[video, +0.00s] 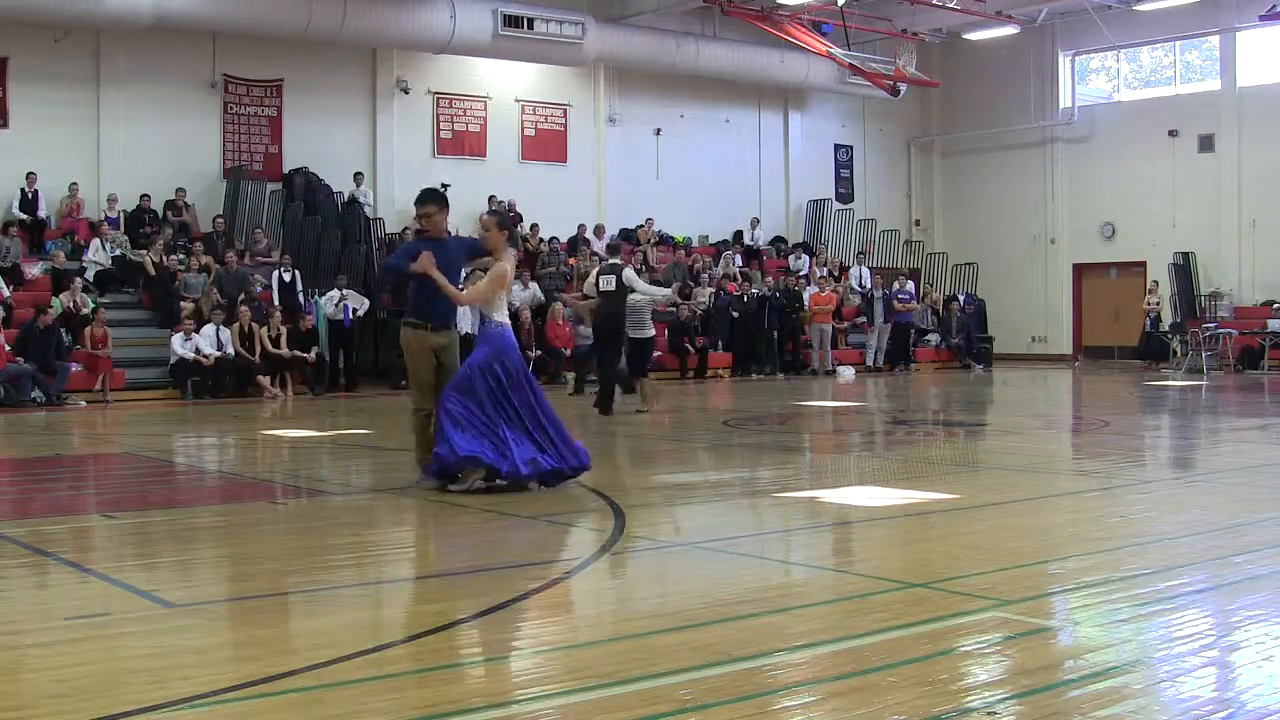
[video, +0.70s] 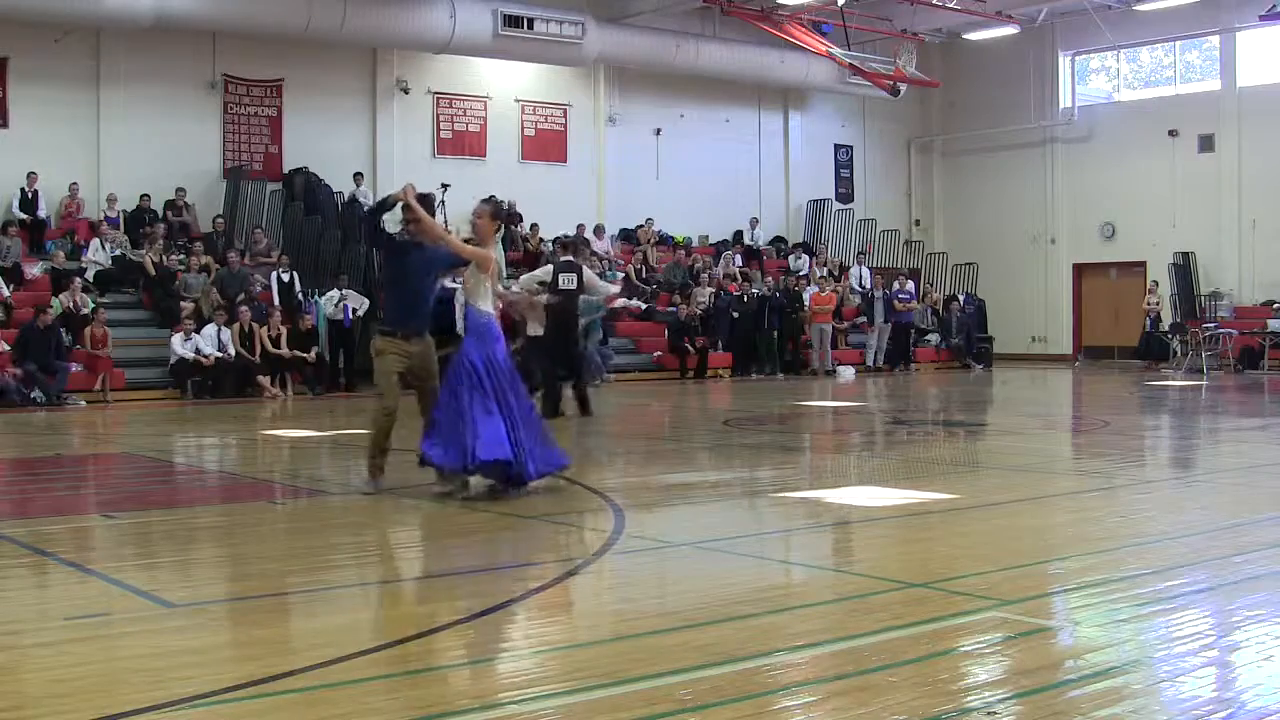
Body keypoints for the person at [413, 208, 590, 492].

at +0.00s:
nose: (481, 236)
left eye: (486, 230)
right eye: (481, 230)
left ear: (503, 234)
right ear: (501, 235)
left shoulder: (502, 268)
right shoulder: (504, 262)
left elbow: (464, 299)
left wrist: (432, 271)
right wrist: (477, 280)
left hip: (495, 343)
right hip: (499, 340)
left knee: (451, 397)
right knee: (495, 402)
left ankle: (474, 464)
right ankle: (510, 466)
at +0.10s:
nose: (483, 235)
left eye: (489, 230)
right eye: (483, 230)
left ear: (506, 234)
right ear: (498, 235)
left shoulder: (505, 266)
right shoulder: (498, 261)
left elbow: (462, 267)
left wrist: (427, 244)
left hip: (496, 339)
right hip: (495, 337)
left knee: (453, 397)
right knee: (498, 403)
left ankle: (478, 465)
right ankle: (509, 468)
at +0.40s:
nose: (487, 217)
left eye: (493, 213)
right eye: (488, 212)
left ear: (509, 219)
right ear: (498, 218)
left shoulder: (502, 251)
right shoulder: (501, 247)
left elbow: (460, 231)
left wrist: (421, 203)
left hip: (491, 324)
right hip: (492, 322)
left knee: (477, 390)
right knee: (497, 392)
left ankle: (477, 462)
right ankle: (513, 459)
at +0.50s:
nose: (486, 215)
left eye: (492, 212)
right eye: (486, 211)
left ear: (508, 219)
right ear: (489, 217)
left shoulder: (499, 249)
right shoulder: (494, 248)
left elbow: (459, 235)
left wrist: (425, 200)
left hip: (490, 321)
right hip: (492, 319)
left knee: (479, 389)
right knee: (496, 390)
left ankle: (478, 461)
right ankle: (513, 459)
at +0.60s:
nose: (480, 218)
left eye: (487, 214)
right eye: (481, 214)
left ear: (503, 221)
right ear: (488, 221)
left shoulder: (494, 252)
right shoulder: (491, 251)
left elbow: (457, 241)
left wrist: (426, 205)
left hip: (488, 324)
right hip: (489, 322)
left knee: (476, 389)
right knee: (491, 390)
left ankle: (478, 462)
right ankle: (506, 462)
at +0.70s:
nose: (473, 222)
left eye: (479, 217)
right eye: (474, 216)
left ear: (495, 224)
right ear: (487, 224)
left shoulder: (487, 257)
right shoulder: (485, 253)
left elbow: (444, 238)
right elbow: (445, 240)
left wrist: (412, 203)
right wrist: (418, 214)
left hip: (482, 332)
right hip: (483, 329)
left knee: (464, 393)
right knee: (492, 396)